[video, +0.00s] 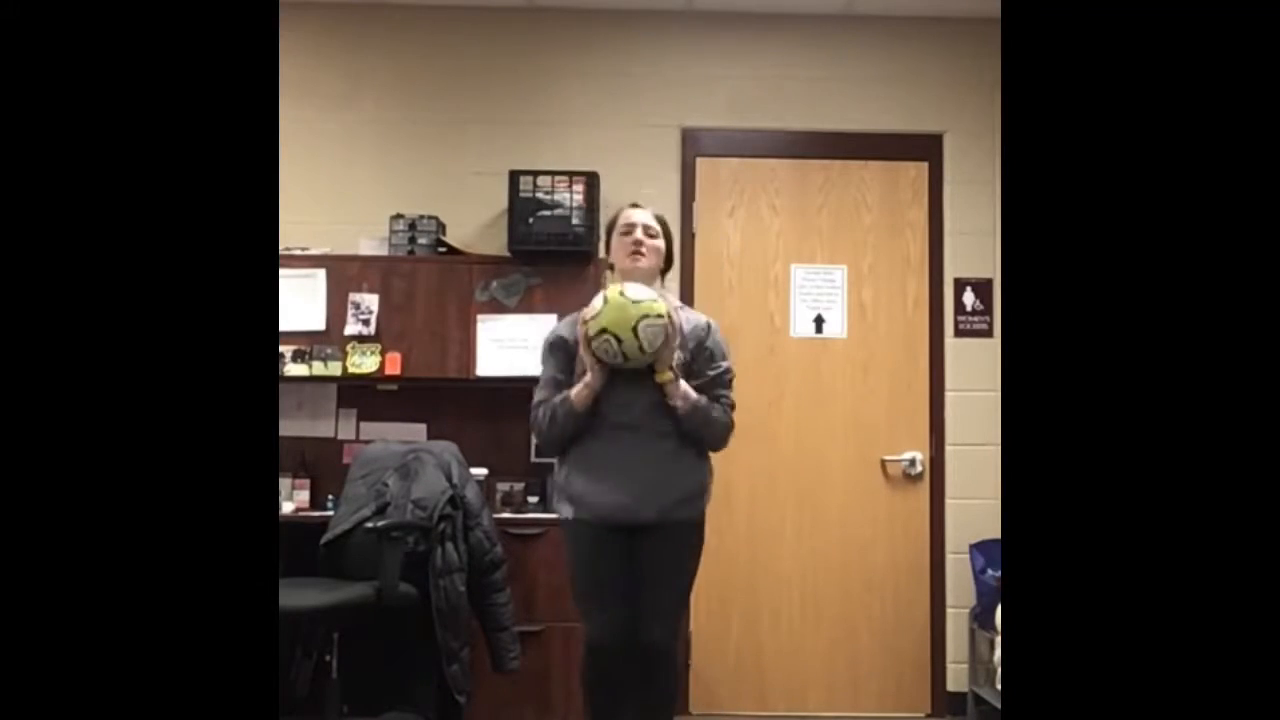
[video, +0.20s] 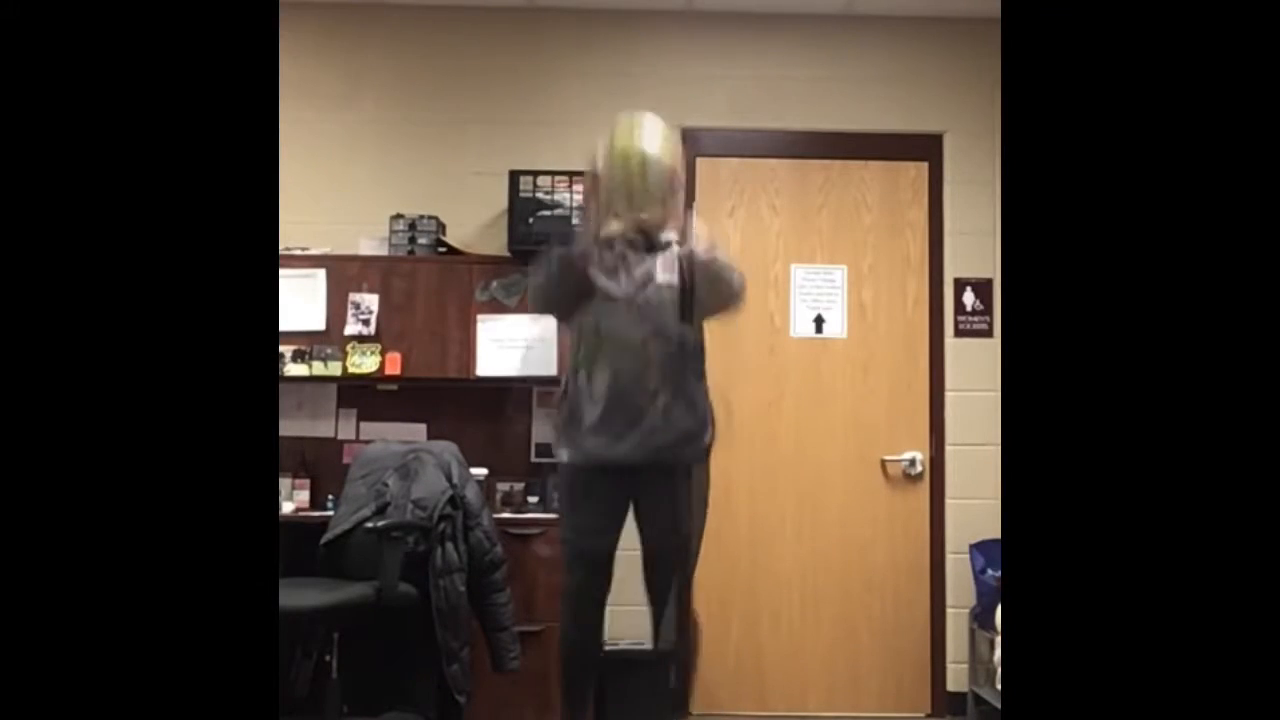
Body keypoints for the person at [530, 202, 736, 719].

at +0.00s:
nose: (640, 238)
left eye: (651, 233)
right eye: (627, 232)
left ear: (666, 254)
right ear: (608, 252)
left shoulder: (698, 330)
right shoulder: (570, 332)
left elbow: (719, 431)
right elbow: (546, 433)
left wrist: (669, 375)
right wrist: (589, 379)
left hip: (673, 516)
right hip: (593, 516)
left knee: (658, 644)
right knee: (606, 643)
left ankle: (657, 717)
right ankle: (606, 717)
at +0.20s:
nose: (639, 186)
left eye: (651, 175)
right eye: (626, 175)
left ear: (671, 184)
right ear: (603, 183)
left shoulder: (683, 253)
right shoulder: (585, 254)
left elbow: (725, 295)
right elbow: (545, 298)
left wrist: (688, 247)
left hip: (672, 447)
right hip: (594, 447)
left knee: (671, 592)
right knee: (583, 590)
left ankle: (675, 706)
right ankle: (577, 709)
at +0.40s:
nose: (638, 220)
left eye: (649, 213)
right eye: (628, 213)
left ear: (665, 231)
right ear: (610, 230)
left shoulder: (680, 290)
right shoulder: (586, 284)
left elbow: (708, 240)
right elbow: (571, 199)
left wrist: (687, 120)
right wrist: (597, 99)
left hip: (659, 470)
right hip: (584, 467)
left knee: (696, 623)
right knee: (557, 619)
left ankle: (729, 713)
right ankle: (521, 711)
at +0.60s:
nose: (627, 246)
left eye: (639, 242)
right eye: (617, 237)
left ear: (652, 268)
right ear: (595, 252)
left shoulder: (669, 314)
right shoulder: (577, 307)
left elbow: (689, 236)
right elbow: (564, 222)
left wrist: (675, 131)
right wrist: (581, 124)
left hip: (659, 499)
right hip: (585, 498)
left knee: (694, 641)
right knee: (541, 641)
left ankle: (726, 719)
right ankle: (486, 712)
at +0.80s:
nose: (628, 215)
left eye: (641, 208)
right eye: (617, 205)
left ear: (659, 226)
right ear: (598, 220)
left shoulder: (675, 290)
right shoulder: (576, 283)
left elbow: (709, 249)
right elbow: (535, 249)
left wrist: (675, 170)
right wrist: (571, 166)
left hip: (658, 468)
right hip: (578, 466)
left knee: (680, 615)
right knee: (543, 611)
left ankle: (708, 712)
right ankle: (487, 709)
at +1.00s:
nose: (632, 226)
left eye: (644, 219)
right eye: (621, 217)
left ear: (659, 239)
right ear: (602, 233)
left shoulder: (685, 315)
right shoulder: (562, 313)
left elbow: (694, 414)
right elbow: (544, 404)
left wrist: (656, 357)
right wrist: (584, 353)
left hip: (659, 493)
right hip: (580, 493)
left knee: (650, 628)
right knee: (584, 626)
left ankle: (647, 715)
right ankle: (594, 714)